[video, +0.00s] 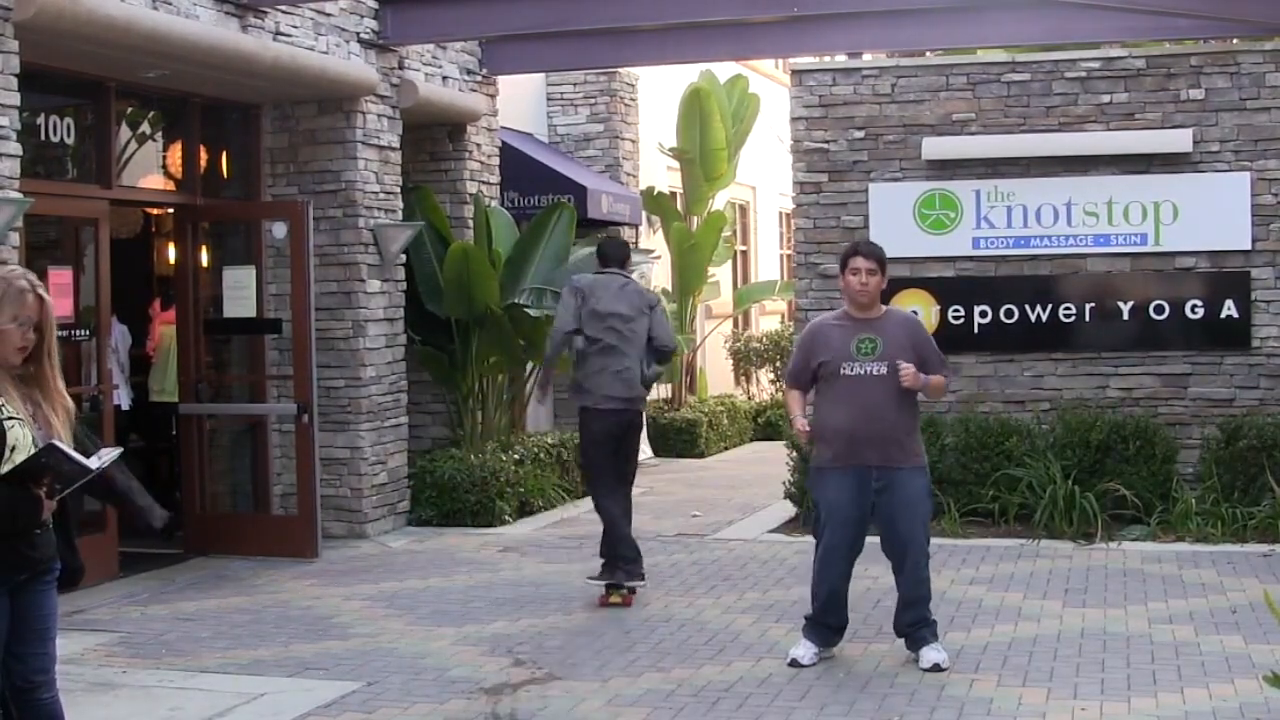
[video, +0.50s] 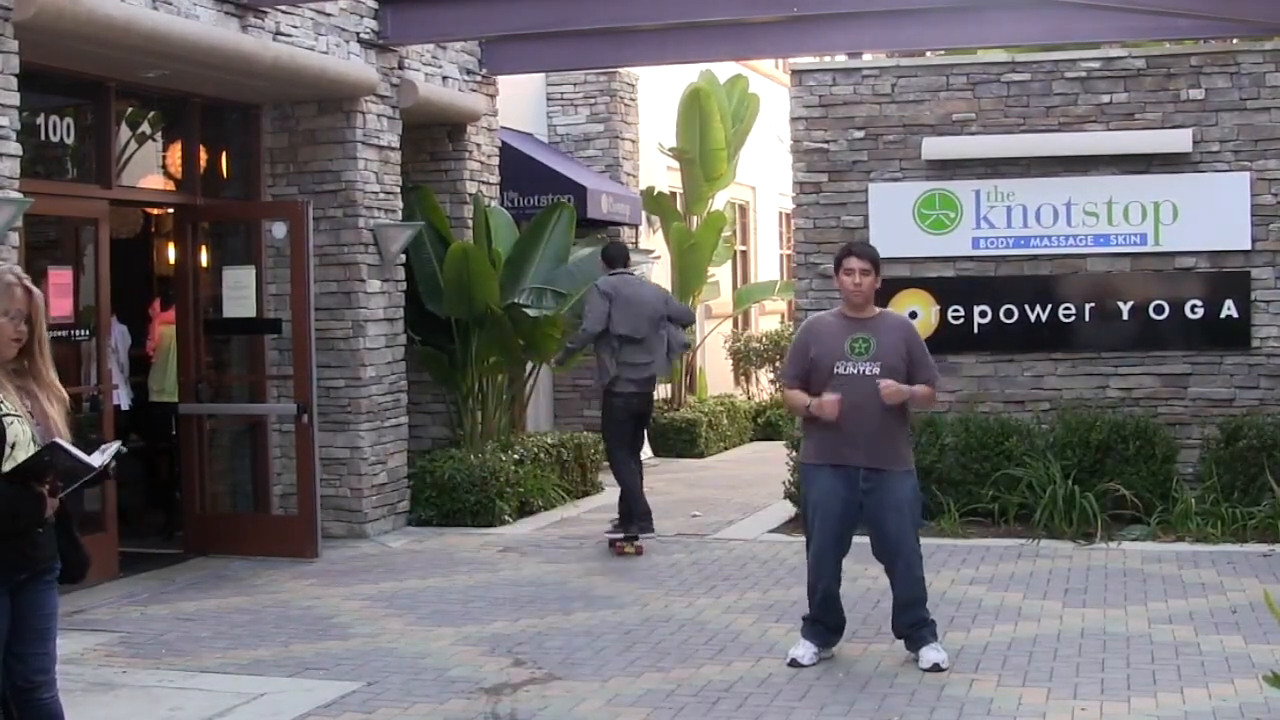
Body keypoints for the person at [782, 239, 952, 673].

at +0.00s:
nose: (862, 280)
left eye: (870, 273)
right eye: (854, 272)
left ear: (883, 279)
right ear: (841, 279)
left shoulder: (909, 326)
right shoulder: (818, 331)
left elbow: (940, 384)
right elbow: (795, 384)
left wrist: (920, 381)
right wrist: (798, 416)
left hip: (903, 463)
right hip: (837, 465)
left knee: (913, 553)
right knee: (833, 554)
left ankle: (922, 637)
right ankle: (819, 635)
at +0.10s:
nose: (863, 285)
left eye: (872, 277)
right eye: (855, 278)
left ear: (885, 284)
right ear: (843, 284)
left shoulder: (911, 330)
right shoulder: (822, 335)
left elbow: (943, 385)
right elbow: (800, 385)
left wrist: (927, 394)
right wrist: (800, 408)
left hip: (907, 466)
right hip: (843, 468)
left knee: (916, 554)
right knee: (839, 556)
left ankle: (922, 638)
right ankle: (820, 636)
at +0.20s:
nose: (862, 286)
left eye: (870, 278)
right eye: (854, 278)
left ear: (884, 284)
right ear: (842, 285)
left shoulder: (910, 332)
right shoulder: (822, 336)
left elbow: (940, 388)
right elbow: (799, 391)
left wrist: (927, 407)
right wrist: (802, 397)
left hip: (907, 466)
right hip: (842, 468)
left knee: (916, 553)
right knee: (841, 555)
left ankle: (922, 637)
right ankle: (820, 636)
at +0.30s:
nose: (860, 282)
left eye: (868, 275)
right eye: (852, 275)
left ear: (882, 281)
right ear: (841, 280)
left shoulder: (908, 328)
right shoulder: (819, 331)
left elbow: (936, 387)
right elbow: (794, 397)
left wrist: (920, 406)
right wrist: (812, 386)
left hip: (904, 464)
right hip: (838, 465)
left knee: (912, 554)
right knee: (835, 554)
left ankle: (922, 637)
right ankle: (819, 635)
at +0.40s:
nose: (857, 279)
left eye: (866, 272)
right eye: (849, 272)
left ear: (879, 278)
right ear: (838, 278)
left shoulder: (905, 327)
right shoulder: (815, 329)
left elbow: (934, 389)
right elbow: (792, 392)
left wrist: (912, 399)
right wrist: (817, 388)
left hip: (898, 465)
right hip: (832, 464)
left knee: (909, 553)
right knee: (827, 554)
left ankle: (923, 638)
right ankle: (819, 635)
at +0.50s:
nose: (855, 280)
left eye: (863, 273)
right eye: (847, 272)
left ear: (877, 279)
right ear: (836, 279)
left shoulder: (901, 329)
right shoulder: (813, 329)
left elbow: (929, 392)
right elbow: (789, 391)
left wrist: (906, 392)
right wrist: (812, 404)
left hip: (891, 465)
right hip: (827, 464)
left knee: (904, 553)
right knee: (822, 554)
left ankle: (922, 637)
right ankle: (818, 634)